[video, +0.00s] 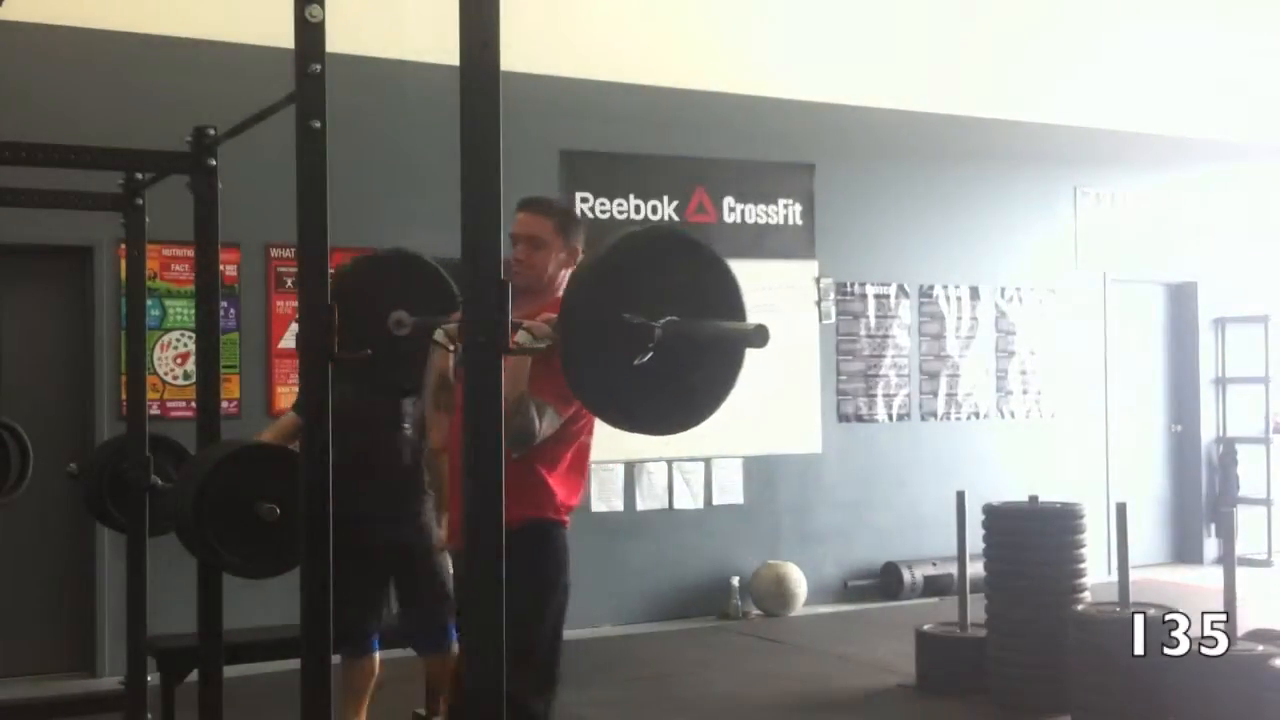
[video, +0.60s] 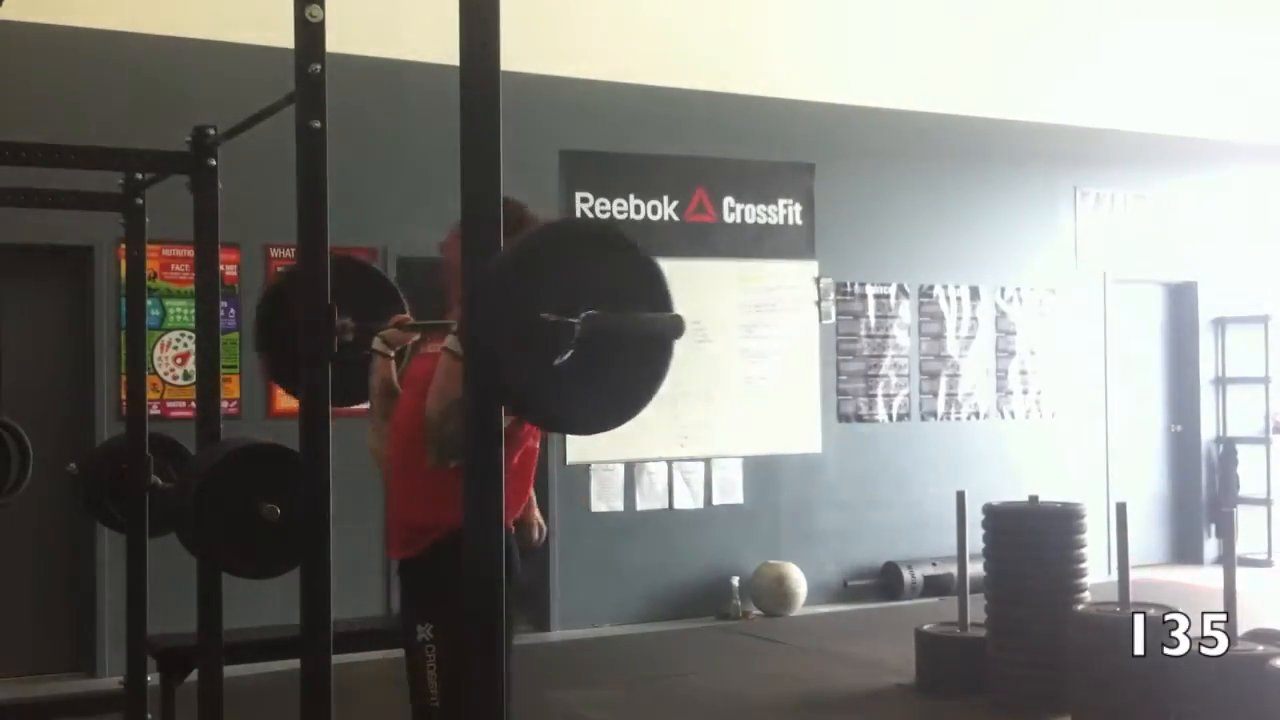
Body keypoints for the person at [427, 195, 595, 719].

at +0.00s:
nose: (517, 253)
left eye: (534, 244)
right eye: (513, 241)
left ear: (569, 258)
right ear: (505, 246)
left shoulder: (573, 328)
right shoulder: (490, 320)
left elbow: (522, 432)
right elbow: (438, 428)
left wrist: (519, 347)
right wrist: (444, 342)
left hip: (530, 529)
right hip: (473, 527)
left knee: (523, 685)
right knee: (476, 679)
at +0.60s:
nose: (443, 250)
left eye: (459, 243)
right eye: (451, 241)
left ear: (494, 262)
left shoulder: (501, 343)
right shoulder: (444, 342)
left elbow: (445, 442)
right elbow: (389, 450)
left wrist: (467, 328)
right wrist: (384, 357)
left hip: (469, 552)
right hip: (430, 552)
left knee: (465, 703)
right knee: (435, 701)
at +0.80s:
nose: (423, 255)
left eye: (432, 242)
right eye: (427, 242)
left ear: (458, 250)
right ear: (462, 253)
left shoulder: (474, 329)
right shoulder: (441, 329)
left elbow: (442, 449)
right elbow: (391, 433)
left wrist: (432, 349)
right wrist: (372, 366)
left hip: (457, 547)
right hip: (430, 545)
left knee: (455, 700)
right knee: (440, 698)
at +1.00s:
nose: (419, 258)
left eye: (425, 246)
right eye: (421, 246)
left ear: (447, 250)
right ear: (460, 252)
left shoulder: (484, 334)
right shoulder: (448, 334)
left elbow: (452, 457)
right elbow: (409, 446)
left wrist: (438, 363)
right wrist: (378, 382)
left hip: (469, 555)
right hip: (446, 551)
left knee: (464, 703)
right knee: (450, 698)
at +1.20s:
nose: (438, 259)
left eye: (445, 245)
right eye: (442, 244)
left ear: (467, 250)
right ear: (485, 251)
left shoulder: (517, 331)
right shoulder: (469, 335)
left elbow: (509, 456)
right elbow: (446, 437)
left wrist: (457, 377)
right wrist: (392, 386)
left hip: (515, 538)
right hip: (476, 537)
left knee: (538, 699)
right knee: (477, 698)